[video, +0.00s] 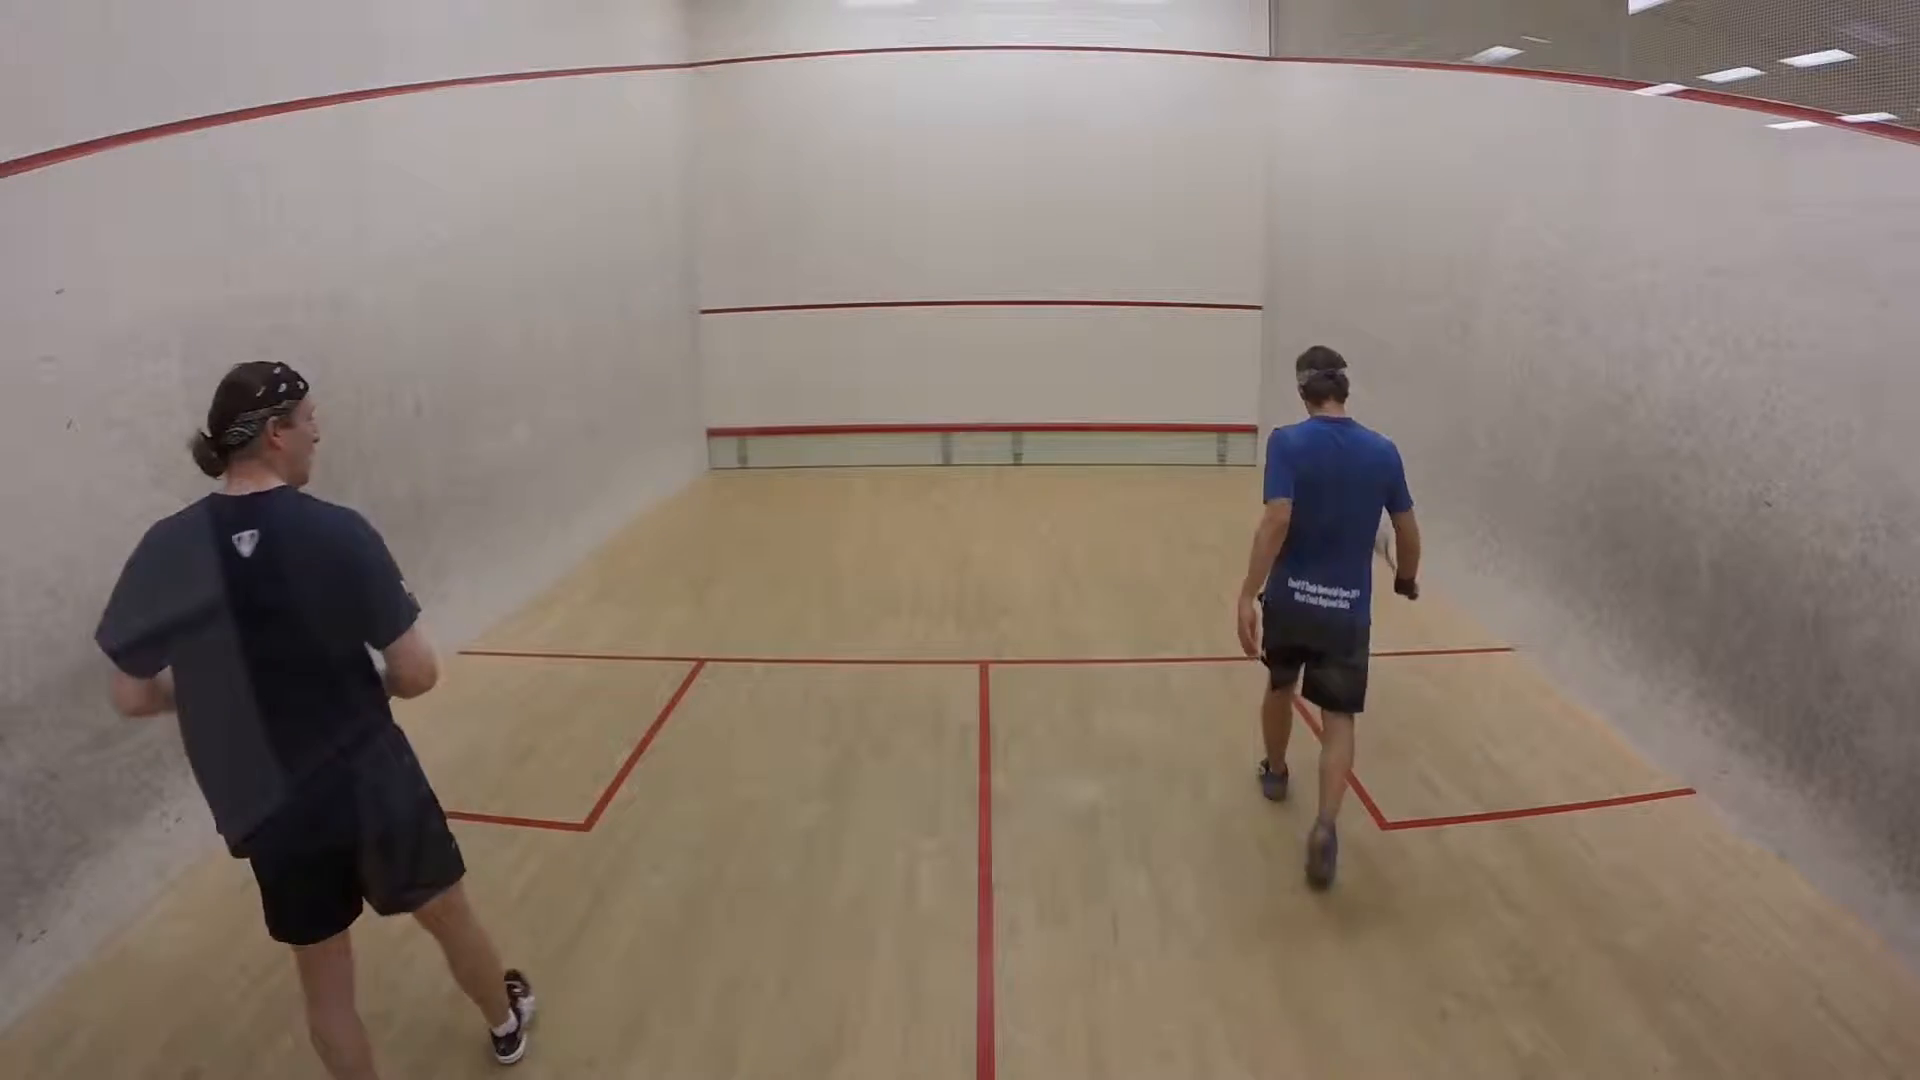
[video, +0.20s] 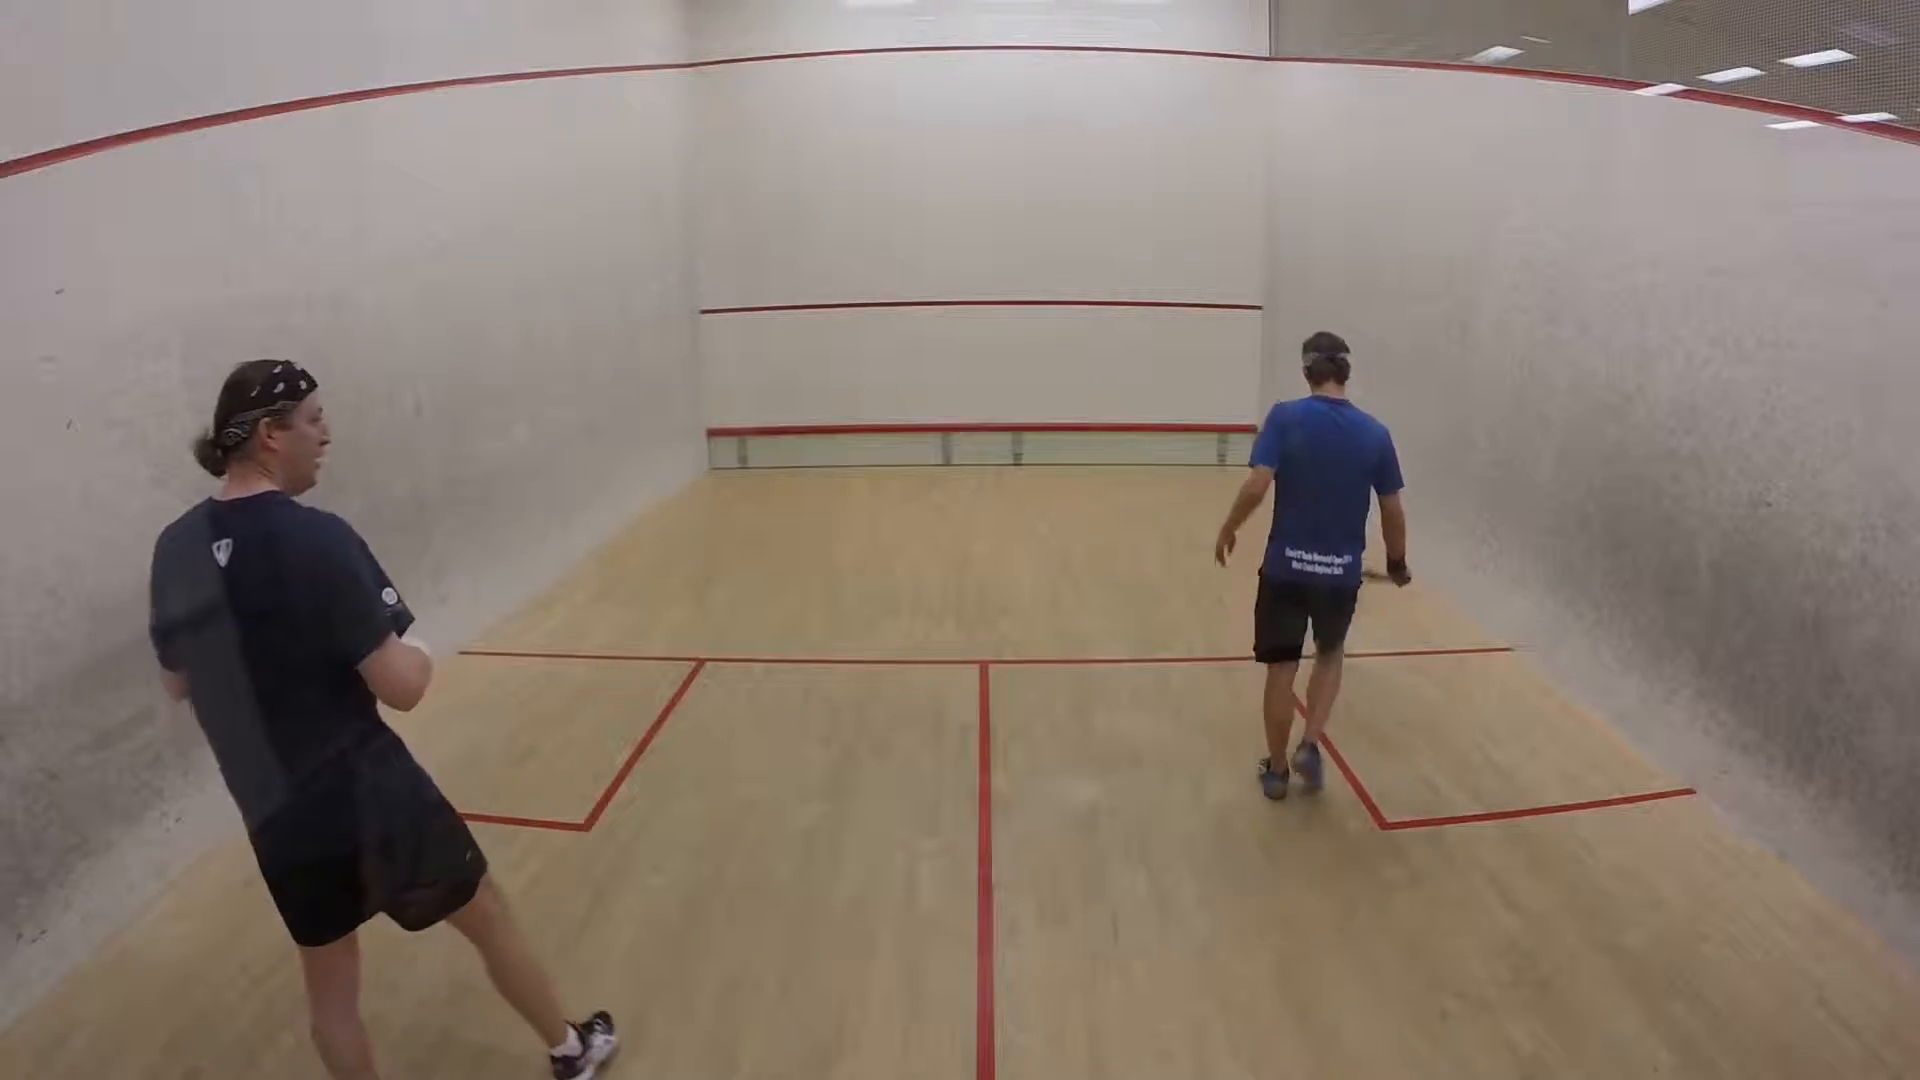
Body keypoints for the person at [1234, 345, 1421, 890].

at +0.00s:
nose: (1305, 395)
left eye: (1303, 388)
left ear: (1301, 392)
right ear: (1347, 390)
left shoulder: (1287, 442)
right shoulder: (1382, 451)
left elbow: (1278, 517)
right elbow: (1406, 530)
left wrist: (1248, 596)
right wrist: (1407, 577)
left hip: (1289, 607)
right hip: (1348, 616)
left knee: (1280, 683)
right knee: (1339, 721)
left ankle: (1275, 771)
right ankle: (1326, 824)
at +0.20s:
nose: (1307, 375)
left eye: (1304, 369)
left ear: (1307, 372)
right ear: (1347, 373)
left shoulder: (1285, 417)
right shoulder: (1374, 433)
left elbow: (1256, 487)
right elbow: (1392, 511)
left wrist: (1229, 529)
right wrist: (1397, 563)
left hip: (1286, 572)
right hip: (1340, 578)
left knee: (1281, 667)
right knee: (1329, 654)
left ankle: (1276, 770)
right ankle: (1310, 744)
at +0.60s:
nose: (1335, 375)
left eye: (1328, 368)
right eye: (1350, 370)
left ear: (1323, 370)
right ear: (1359, 374)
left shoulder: (1297, 407)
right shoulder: (1374, 427)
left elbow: (1266, 469)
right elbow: (1385, 500)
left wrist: (1246, 496)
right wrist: (1395, 552)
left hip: (1291, 545)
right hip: (1339, 552)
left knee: (1273, 623)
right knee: (1318, 626)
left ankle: (1274, 697)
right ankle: (1293, 700)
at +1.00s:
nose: (1373, 379)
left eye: (1370, 371)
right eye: (1374, 372)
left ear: (1340, 364)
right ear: (1371, 372)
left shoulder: (1307, 398)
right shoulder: (1369, 420)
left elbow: (1281, 452)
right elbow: (1363, 490)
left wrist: (1309, 480)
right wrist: (1367, 548)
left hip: (1306, 522)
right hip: (1340, 530)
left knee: (1307, 592)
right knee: (1322, 614)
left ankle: (1302, 660)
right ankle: (1293, 695)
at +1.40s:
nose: (1395, 371)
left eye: (1396, 363)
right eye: (1393, 362)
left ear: (1364, 358)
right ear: (1376, 360)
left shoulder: (1339, 388)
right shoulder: (1358, 404)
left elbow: (1357, 437)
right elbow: (1340, 467)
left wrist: (1388, 461)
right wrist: (1370, 515)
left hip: (1322, 504)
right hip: (1348, 510)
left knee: (1322, 577)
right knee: (1381, 585)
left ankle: (1305, 655)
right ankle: (1341, 662)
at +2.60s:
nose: (1440, 392)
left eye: (1442, 385)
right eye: (1442, 386)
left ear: (1411, 373)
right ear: (1436, 386)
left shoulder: (1386, 399)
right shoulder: (1401, 418)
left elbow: (1371, 455)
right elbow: (1399, 488)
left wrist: (1404, 474)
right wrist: (1453, 510)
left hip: (1334, 507)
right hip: (1359, 522)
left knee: (1333, 582)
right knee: (1373, 599)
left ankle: (1279, 640)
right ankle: (1367, 677)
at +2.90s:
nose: (1407, 390)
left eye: (1406, 383)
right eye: (1408, 384)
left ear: (1375, 375)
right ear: (1404, 386)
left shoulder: (1344, 398)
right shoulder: (1386, 432)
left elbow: (1310, 434)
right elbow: (1397, 501)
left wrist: (1344, 455)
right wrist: (1448, 514)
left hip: (1299, 510)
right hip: (1338, 525)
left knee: (1288, 585)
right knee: (1356, 601)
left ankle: (1269, 665)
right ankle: (1364, 676)